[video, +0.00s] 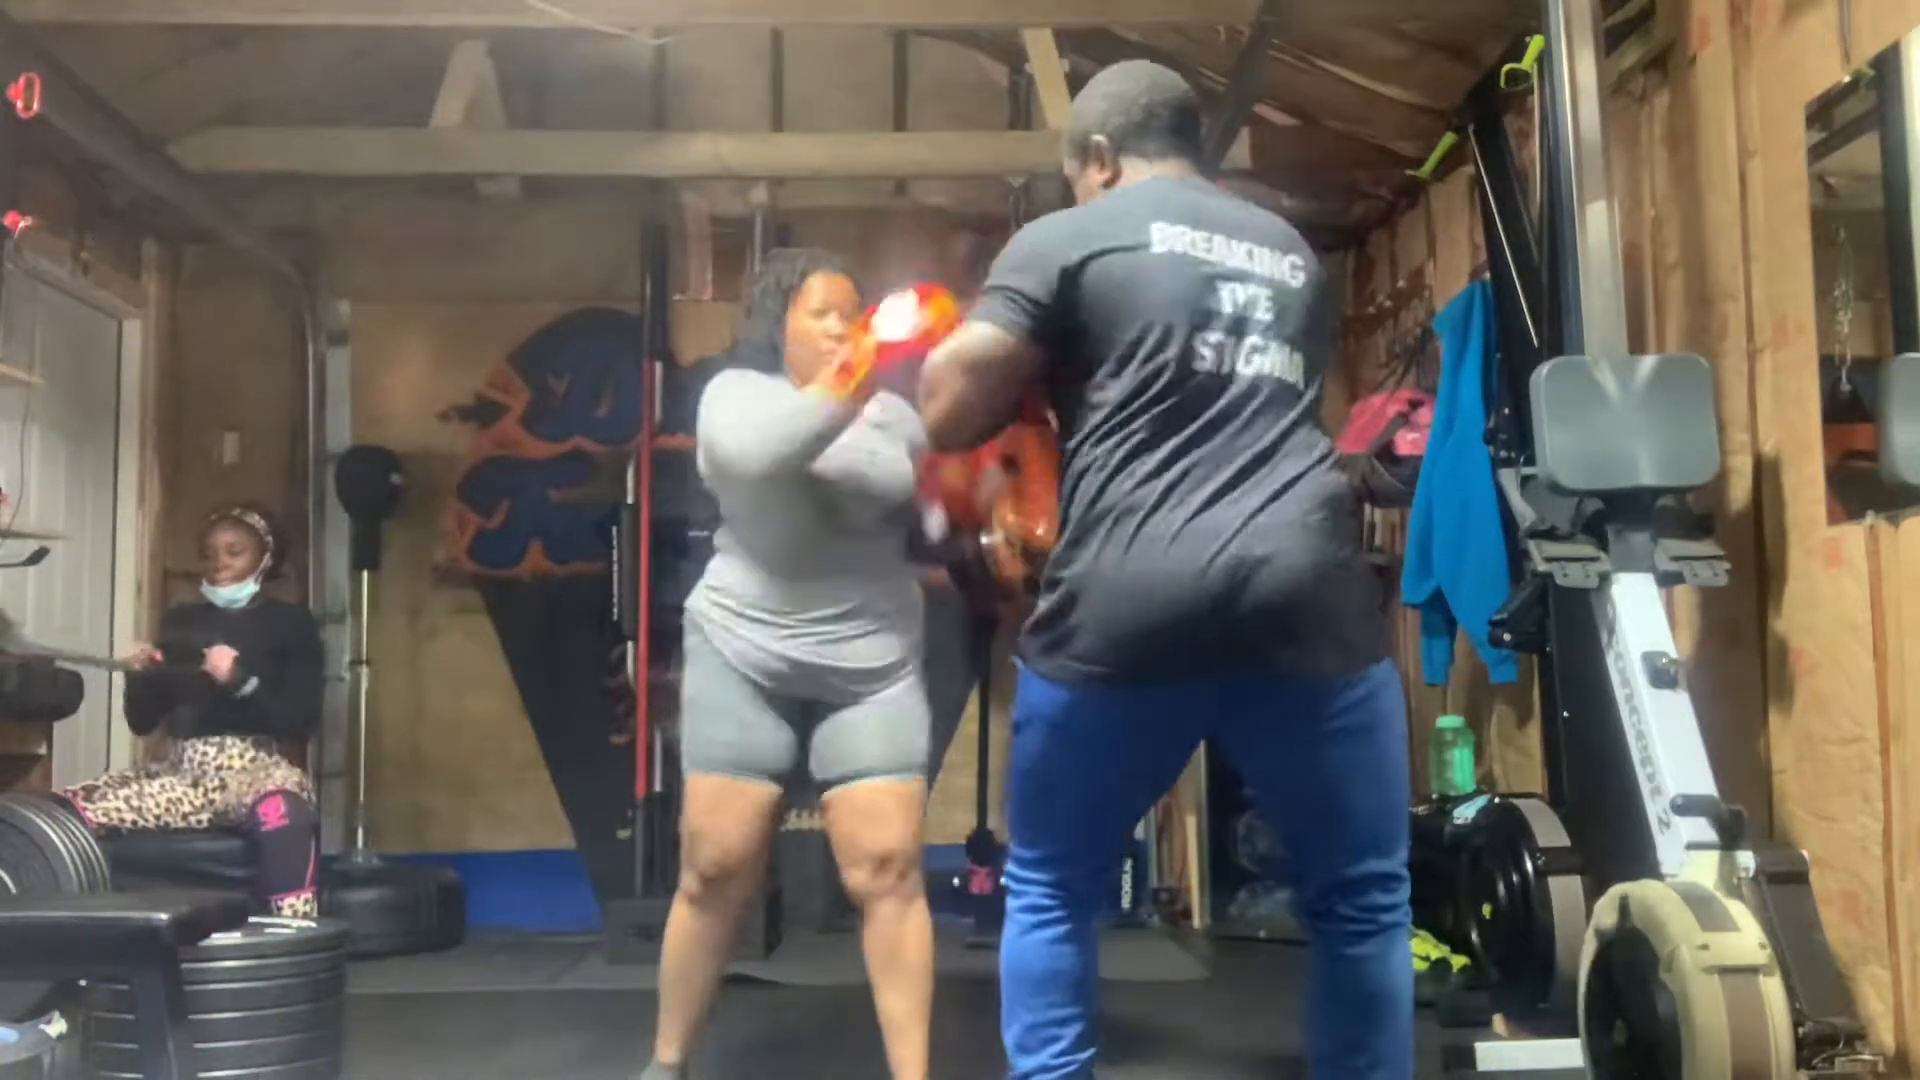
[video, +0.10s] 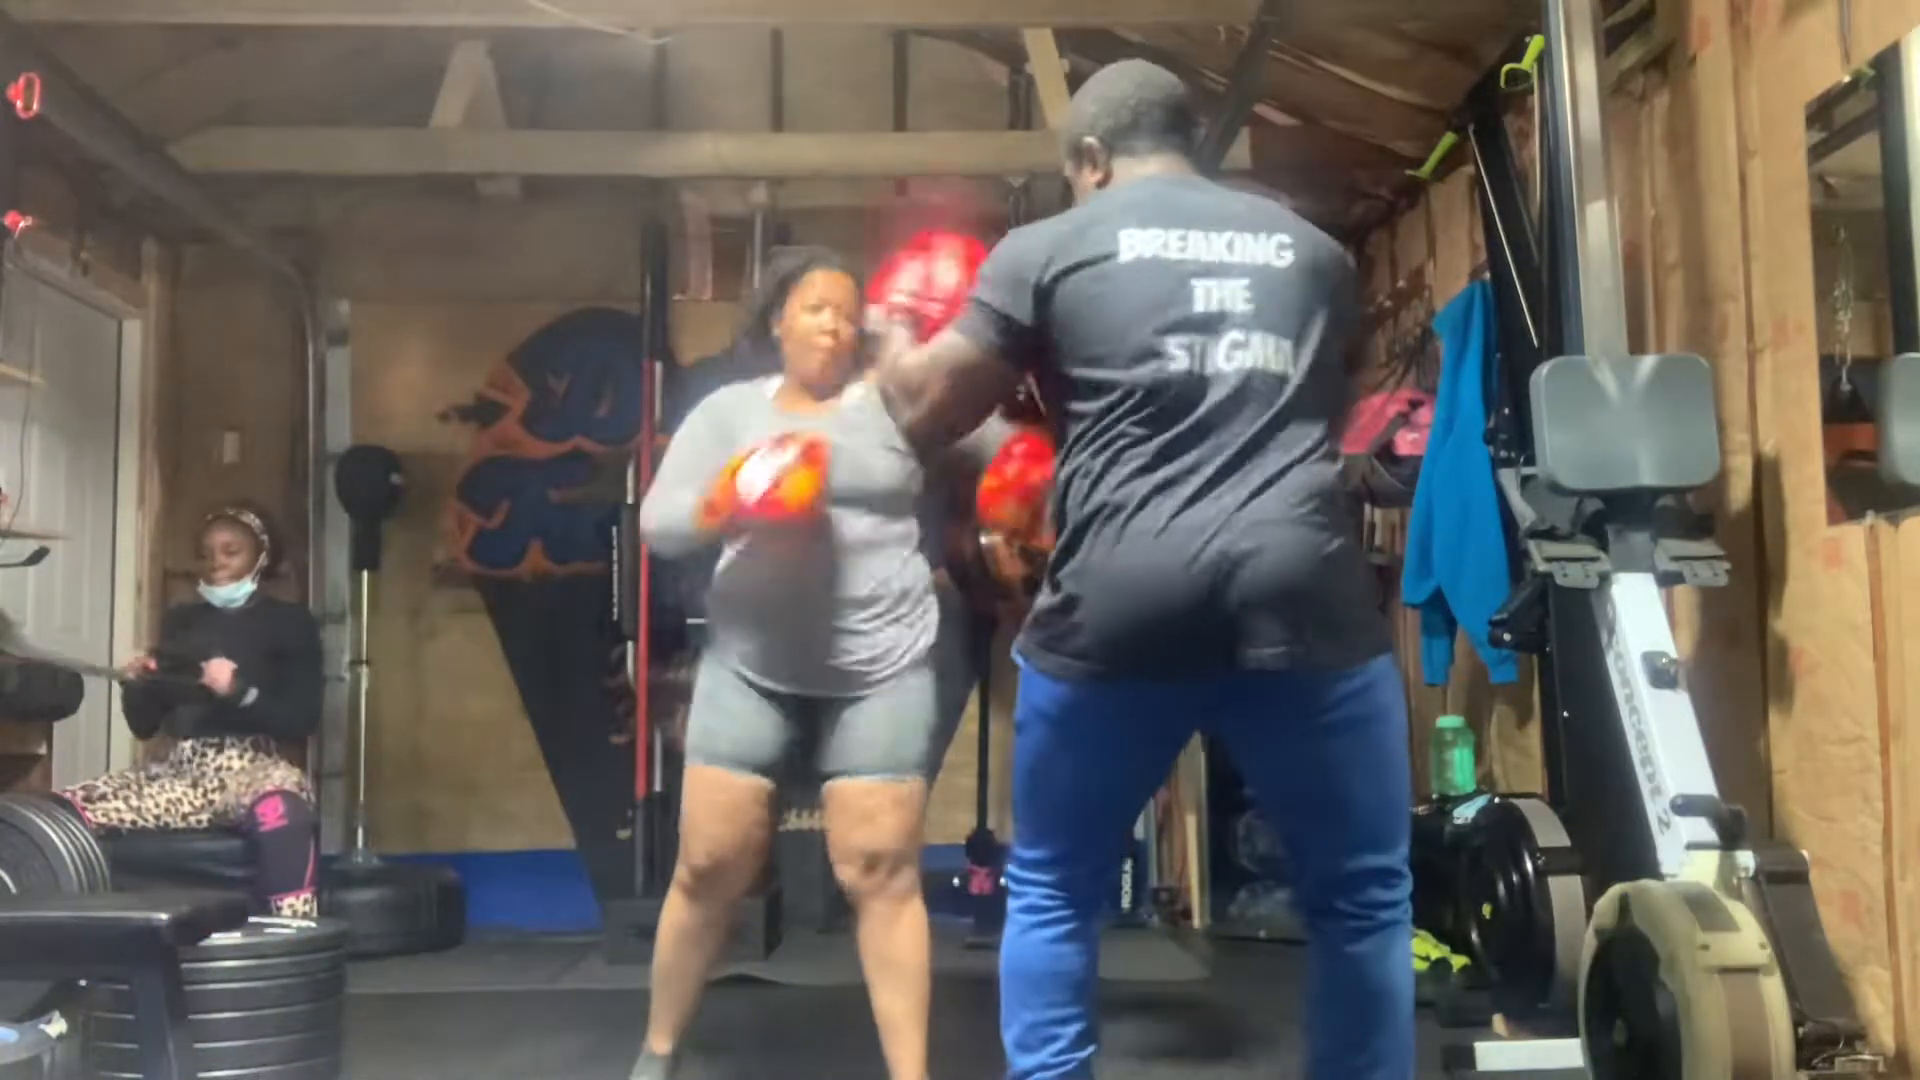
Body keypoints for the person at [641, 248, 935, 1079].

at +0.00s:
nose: (848, 333)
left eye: (857, 317)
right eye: (827, 314)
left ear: (869, 334)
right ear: (775, 324)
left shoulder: (891, 416)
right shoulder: (733, 393)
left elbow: (922, 514)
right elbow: (756, 448)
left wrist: (971, 519)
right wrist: (852, 382)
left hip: (872, 667)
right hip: (737, 655)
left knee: (886, 871)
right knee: (713, 869)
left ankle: (911, 1073)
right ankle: (666, 1062)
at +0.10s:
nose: (833, 327)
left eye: (847, 315)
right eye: (815, 310)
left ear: (861, 332)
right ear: (776, 324)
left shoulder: (901, 406)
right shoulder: (727, 413)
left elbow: (1001, 450)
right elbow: (656, 529)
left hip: (884, 672)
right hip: (748, 667)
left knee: (879, 869)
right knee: (707, 867)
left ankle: (909, 1073)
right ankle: (657, 1054)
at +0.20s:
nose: (841, 324)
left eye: (853, 307)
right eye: (821, 308)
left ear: (875, 322)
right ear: (784, 325)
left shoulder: (911, 413)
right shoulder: (739, 413)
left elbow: (1022, 427)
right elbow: (682, 543)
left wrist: (956, 367)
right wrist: (721, 523)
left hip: (889, 676)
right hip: (754, 668)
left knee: (885, 870)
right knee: (706, 868)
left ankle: (910, 1073)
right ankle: (655, 1055)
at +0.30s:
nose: (860, 326)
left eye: (871, 312)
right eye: (842, 310)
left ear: (885, 325)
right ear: (798, 322)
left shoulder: (919, 408)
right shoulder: (749, 406)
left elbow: (1009, 481)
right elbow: (693, 537)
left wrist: (969, 407)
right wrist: (753, 473)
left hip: (904, 663)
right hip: (767, 650)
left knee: (891, 868)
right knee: (719, 862)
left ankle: (910, 1072)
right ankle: (658, 1048)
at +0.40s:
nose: (890, 323)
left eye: (899, 307)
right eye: (871, 307)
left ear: (914, 318)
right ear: (821, 316)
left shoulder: (933, 397)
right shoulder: (777, 382)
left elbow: (997, 529)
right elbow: (724, 460)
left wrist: (998, 448)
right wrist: (825, 381)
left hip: (909, 667)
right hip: (779, 647)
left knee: (891, 870)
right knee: (731, 860)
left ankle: (911, 1073)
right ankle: (658, 1053)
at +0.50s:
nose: (900, 325)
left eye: (906, 312)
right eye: (880, 309)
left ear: (909, 323)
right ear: (826, 309)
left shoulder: (927, 424)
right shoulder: (787, 373)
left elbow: (973, 540)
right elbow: (868, 366)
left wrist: (1001, 452)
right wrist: (947, 301)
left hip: (904, 665)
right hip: (779, 641)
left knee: (890, 871)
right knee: (731, 870)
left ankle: (911, 1073)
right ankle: (661, 1056)